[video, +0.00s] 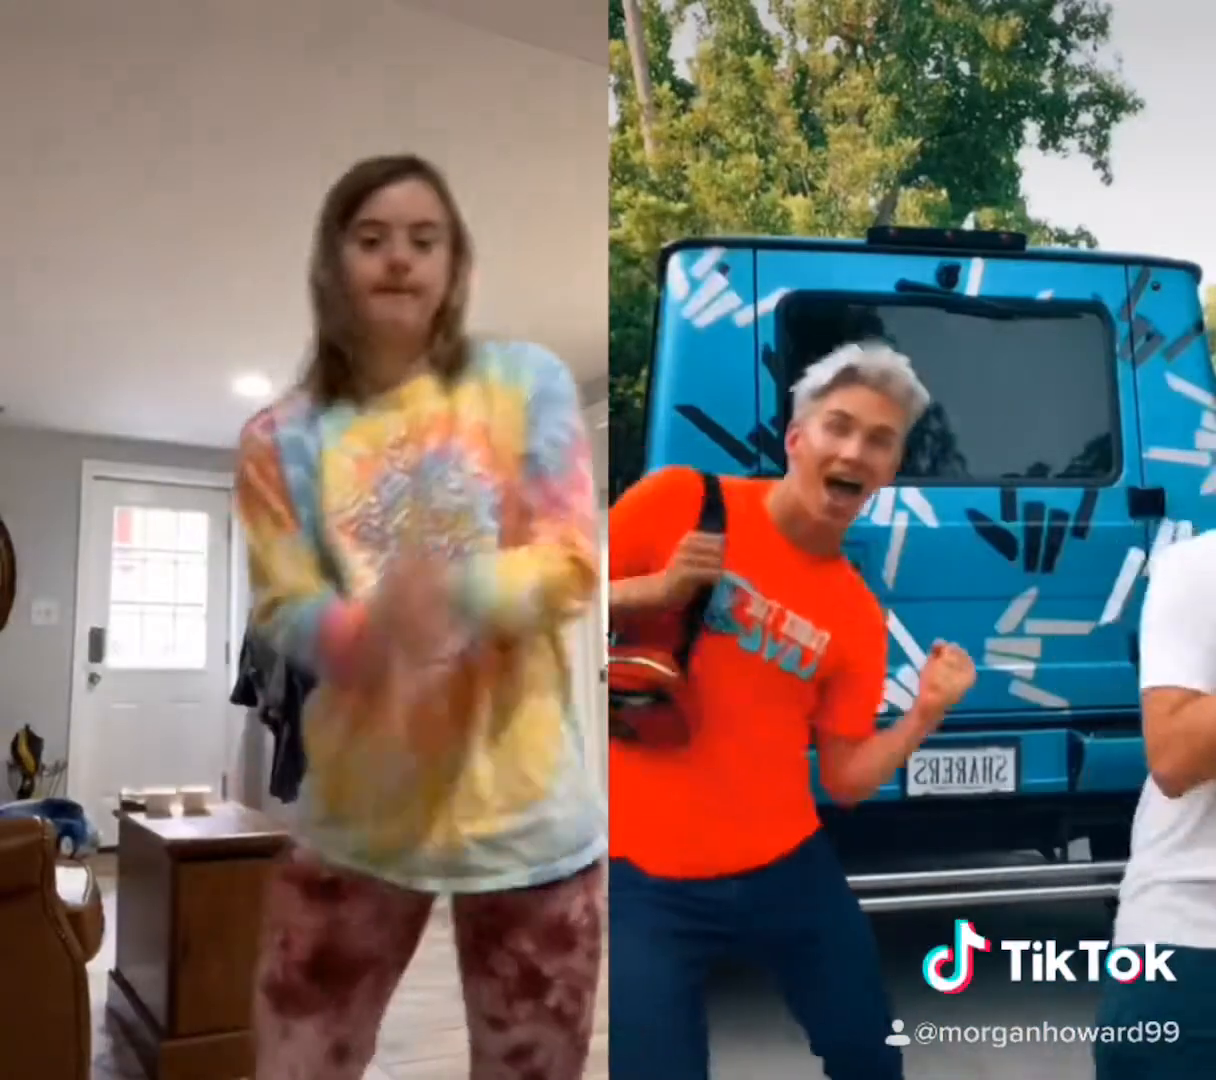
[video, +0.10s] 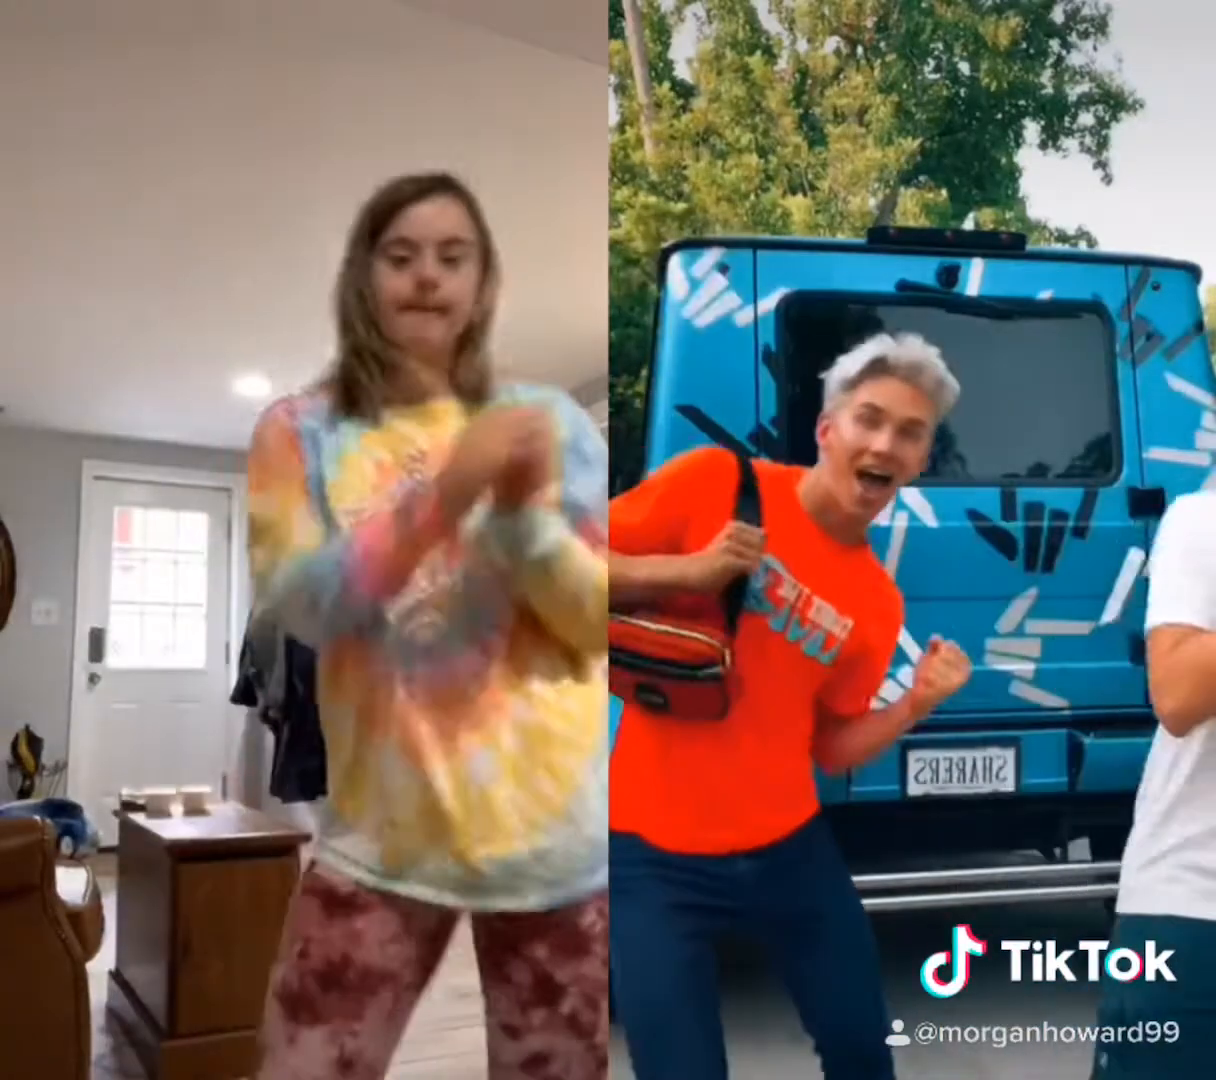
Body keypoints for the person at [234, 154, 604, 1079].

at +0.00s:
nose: (400, 260)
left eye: (425, 238)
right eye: (372, 238)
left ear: (455, 265)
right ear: (331, 263)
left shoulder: (527, 382)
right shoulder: (282, 440)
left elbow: (572, 558)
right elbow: (286, 607)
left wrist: (452, 593)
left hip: (529, 814)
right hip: (358, 816)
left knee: (532, 1066)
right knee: (300, 1064)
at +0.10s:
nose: (427, 278)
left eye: (453, 257)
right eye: (400, 256)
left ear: (483, 283)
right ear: (362, 279)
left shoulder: (549, 424)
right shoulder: (299, 432)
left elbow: (589, 624)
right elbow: (302, 602)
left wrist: (525, 508)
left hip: (547, 838)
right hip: (384, 834)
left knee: (557, 1072)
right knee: (306, 1073)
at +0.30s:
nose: (501, 257)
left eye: (528, 237)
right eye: (474, 236)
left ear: (559, 264)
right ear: (436, 257)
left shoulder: (588, 419)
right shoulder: (363, 379)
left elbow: (592, 603)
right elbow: (353, 549)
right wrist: (511, 550)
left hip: (549, 803)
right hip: (379, 794)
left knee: (564, 1065)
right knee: (311, 1060)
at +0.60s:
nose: (566, 272)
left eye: (588, 249)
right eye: (538, 252)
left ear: (614, 273)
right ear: (501, 275)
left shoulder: (600, 427)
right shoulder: (434, 381)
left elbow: (591, 616)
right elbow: (379, 530)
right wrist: (526, 560)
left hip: (570, 806)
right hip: (436, 803)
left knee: (582, 1063)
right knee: (430, 1066)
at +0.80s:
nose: (536, 299)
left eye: (558, 276)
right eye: (507, 283)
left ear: (592, 300)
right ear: (475, 313)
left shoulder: (613, 442)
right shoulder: (418, 422)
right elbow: (379, 584)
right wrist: (546, 477)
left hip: (578, 832)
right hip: (442, 838)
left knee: (581, 1065)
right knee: (497, 1066)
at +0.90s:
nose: (486, 278)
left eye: (504, 252)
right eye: (456, 262)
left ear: (542, 269)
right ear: (425, 292)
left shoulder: (572, 416)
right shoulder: (387, 418)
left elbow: (612, 572)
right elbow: (343, 610)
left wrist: (596, 446)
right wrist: (433, 500)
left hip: (574, 812)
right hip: (440, 823)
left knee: (580, 1061)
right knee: (476, 1065)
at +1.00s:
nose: (415, 273)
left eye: (432, 245)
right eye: (383, 259)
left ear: (468, 255)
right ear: (351, 290)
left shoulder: (559, 381)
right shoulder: (336, 437)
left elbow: (675, 482)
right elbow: (317, 631)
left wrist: (552, 462)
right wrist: (347, 553)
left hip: (582, 788)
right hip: (431, 804)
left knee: (583, 1059)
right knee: (422, 1060)